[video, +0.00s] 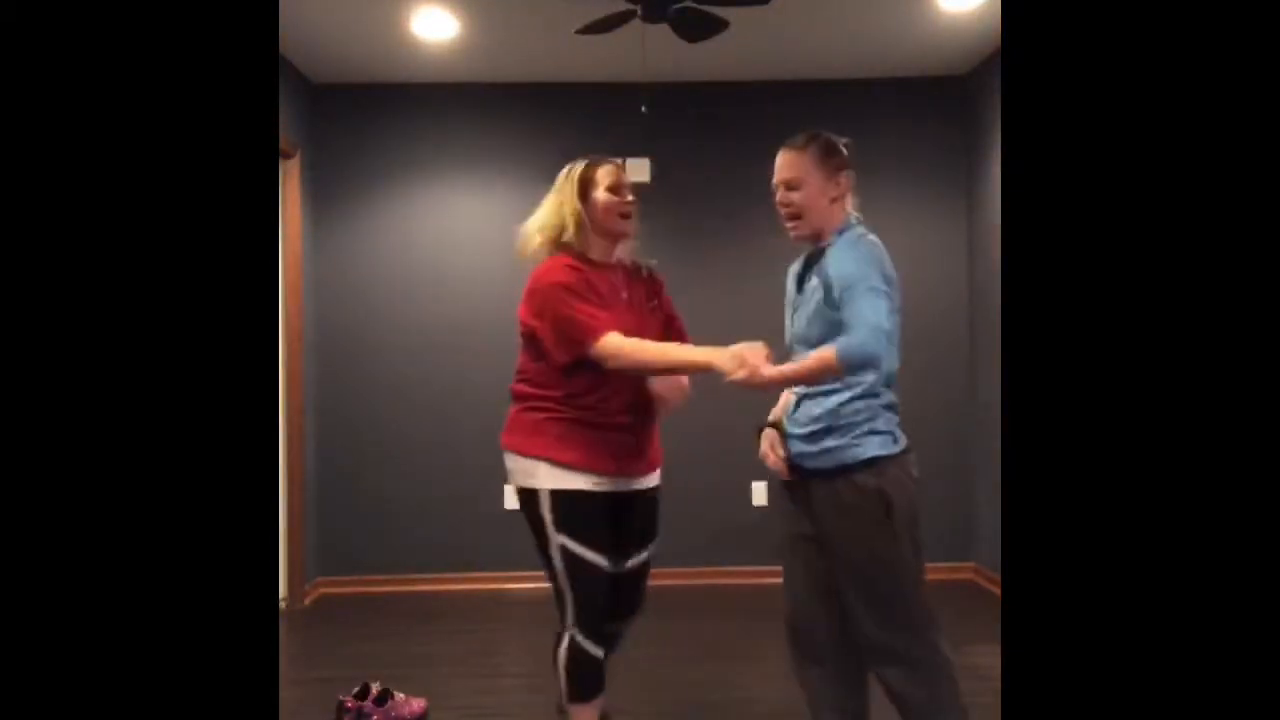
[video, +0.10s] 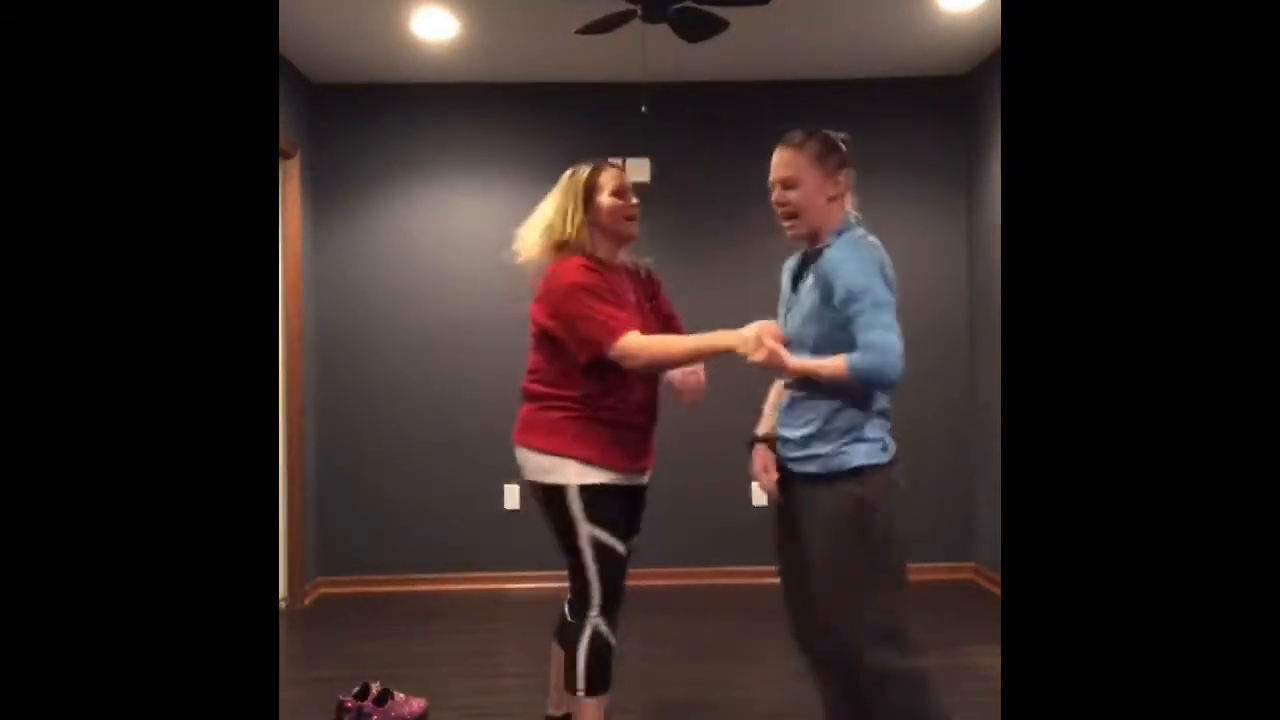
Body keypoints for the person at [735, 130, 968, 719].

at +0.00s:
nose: (782, 199)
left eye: (795, 187)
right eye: (777, 188)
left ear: (840, 187)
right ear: (775, 193)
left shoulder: (855, 252)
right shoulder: (803, 269)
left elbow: (869, 347)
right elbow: (809, 365)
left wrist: (779, 371)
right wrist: (774, 424)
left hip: (864, 476)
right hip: (808, 477)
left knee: (898, 641)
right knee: (818, 643)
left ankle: (942, 713)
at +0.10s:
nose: (778, 198)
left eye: (792, 185)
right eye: (774, 187)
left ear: (838, 186)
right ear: (771, 191)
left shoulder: (854, 255)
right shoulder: (799, 265)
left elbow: (883, 362)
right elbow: (790, 367)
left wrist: (791, 364)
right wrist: (765, 435)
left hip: (850, 477)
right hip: (802, 476)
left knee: (868, 642)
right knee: (822, 639)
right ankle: (850, 716)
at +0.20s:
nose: (762, 199)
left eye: (775, 186)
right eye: (756, 187)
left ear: (822, 185)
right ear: (753, 189)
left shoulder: (840, 261)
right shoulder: (778, 262)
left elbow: (875, 371)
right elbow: (761, 364)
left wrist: (781, 365)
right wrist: (749, 448)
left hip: (831, 478)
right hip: (791, 476)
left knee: (774, 632)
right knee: (818, 634)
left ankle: (844, 710)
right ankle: (848, 712)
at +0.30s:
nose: (735, 205)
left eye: (750, 190)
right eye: (729, 192)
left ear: (793, 191)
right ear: (724, 194)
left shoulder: (806, 268)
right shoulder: (744, 266)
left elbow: (842, 378)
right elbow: (725, 366)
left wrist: (746, 367)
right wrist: (722, 458)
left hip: (797, 486)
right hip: (760, 482)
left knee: (710, 634)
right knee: (804, 645)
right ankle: (843, 714)